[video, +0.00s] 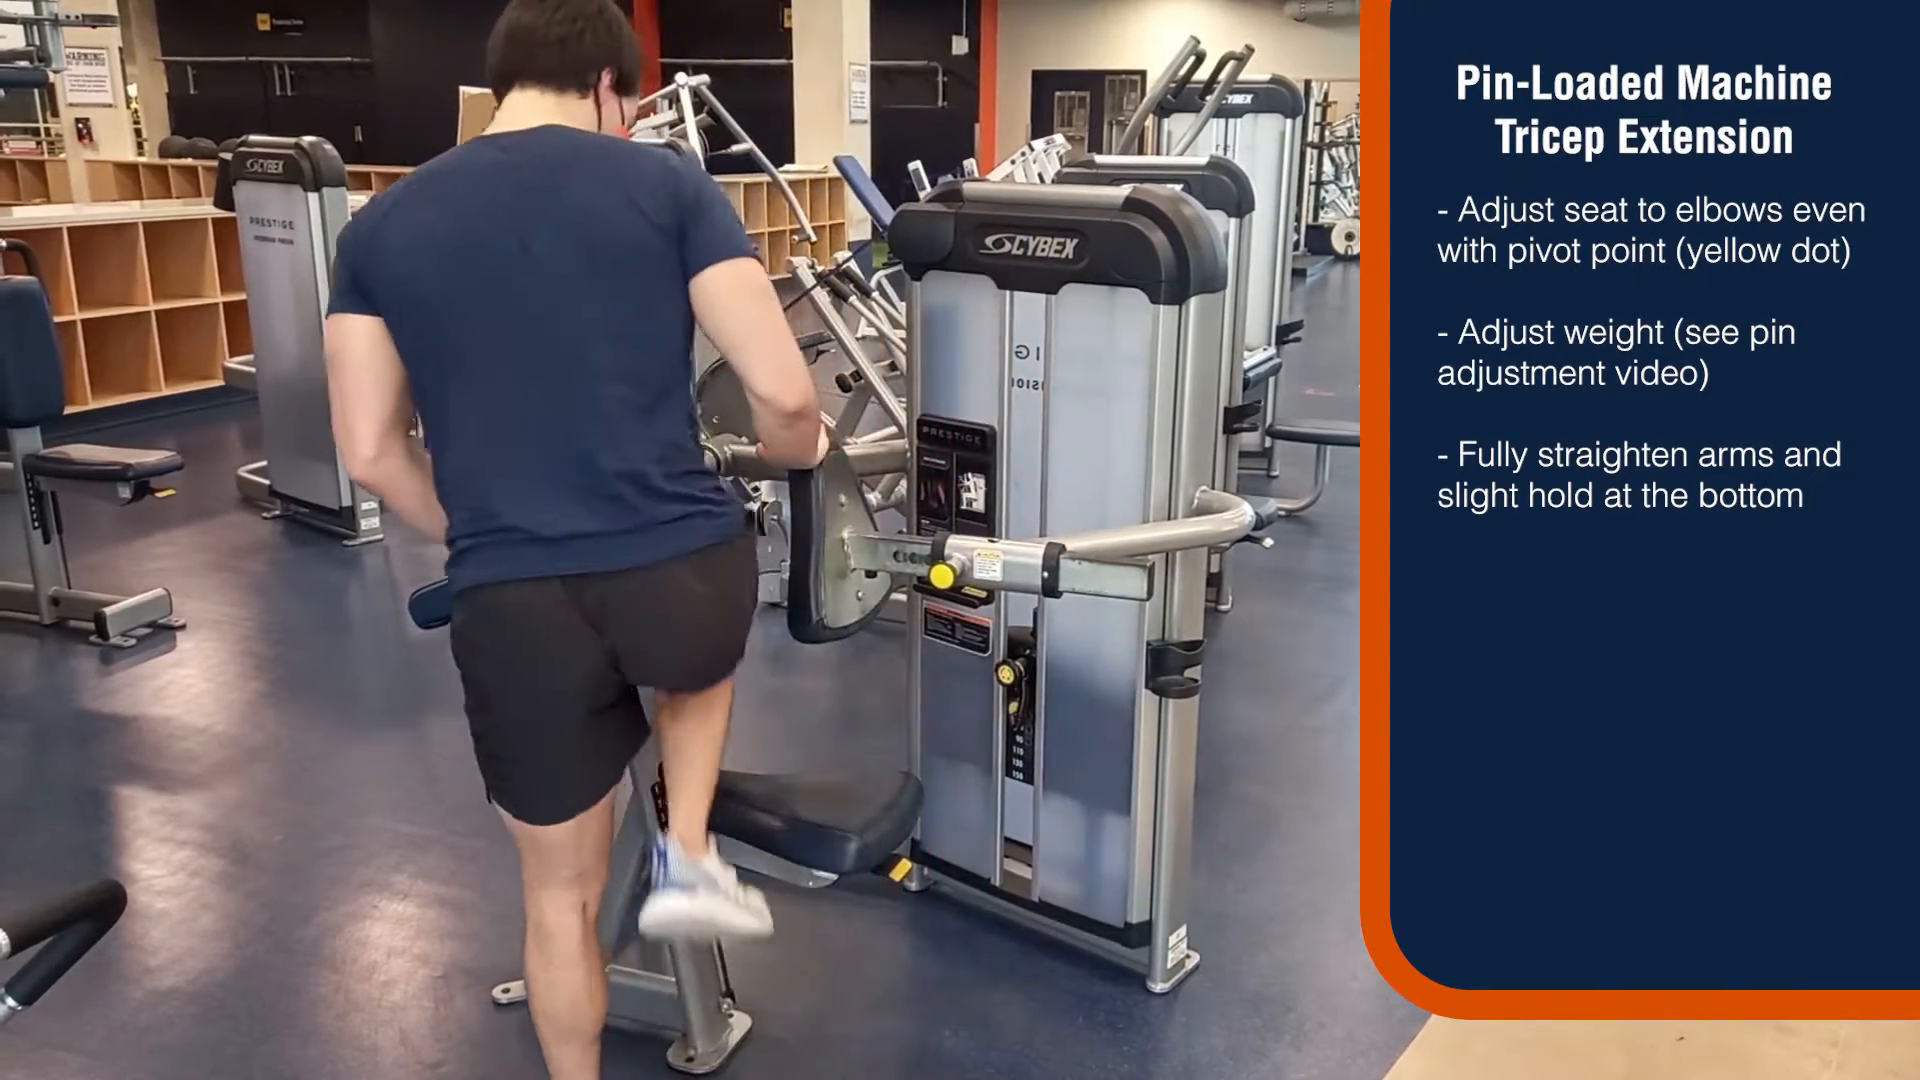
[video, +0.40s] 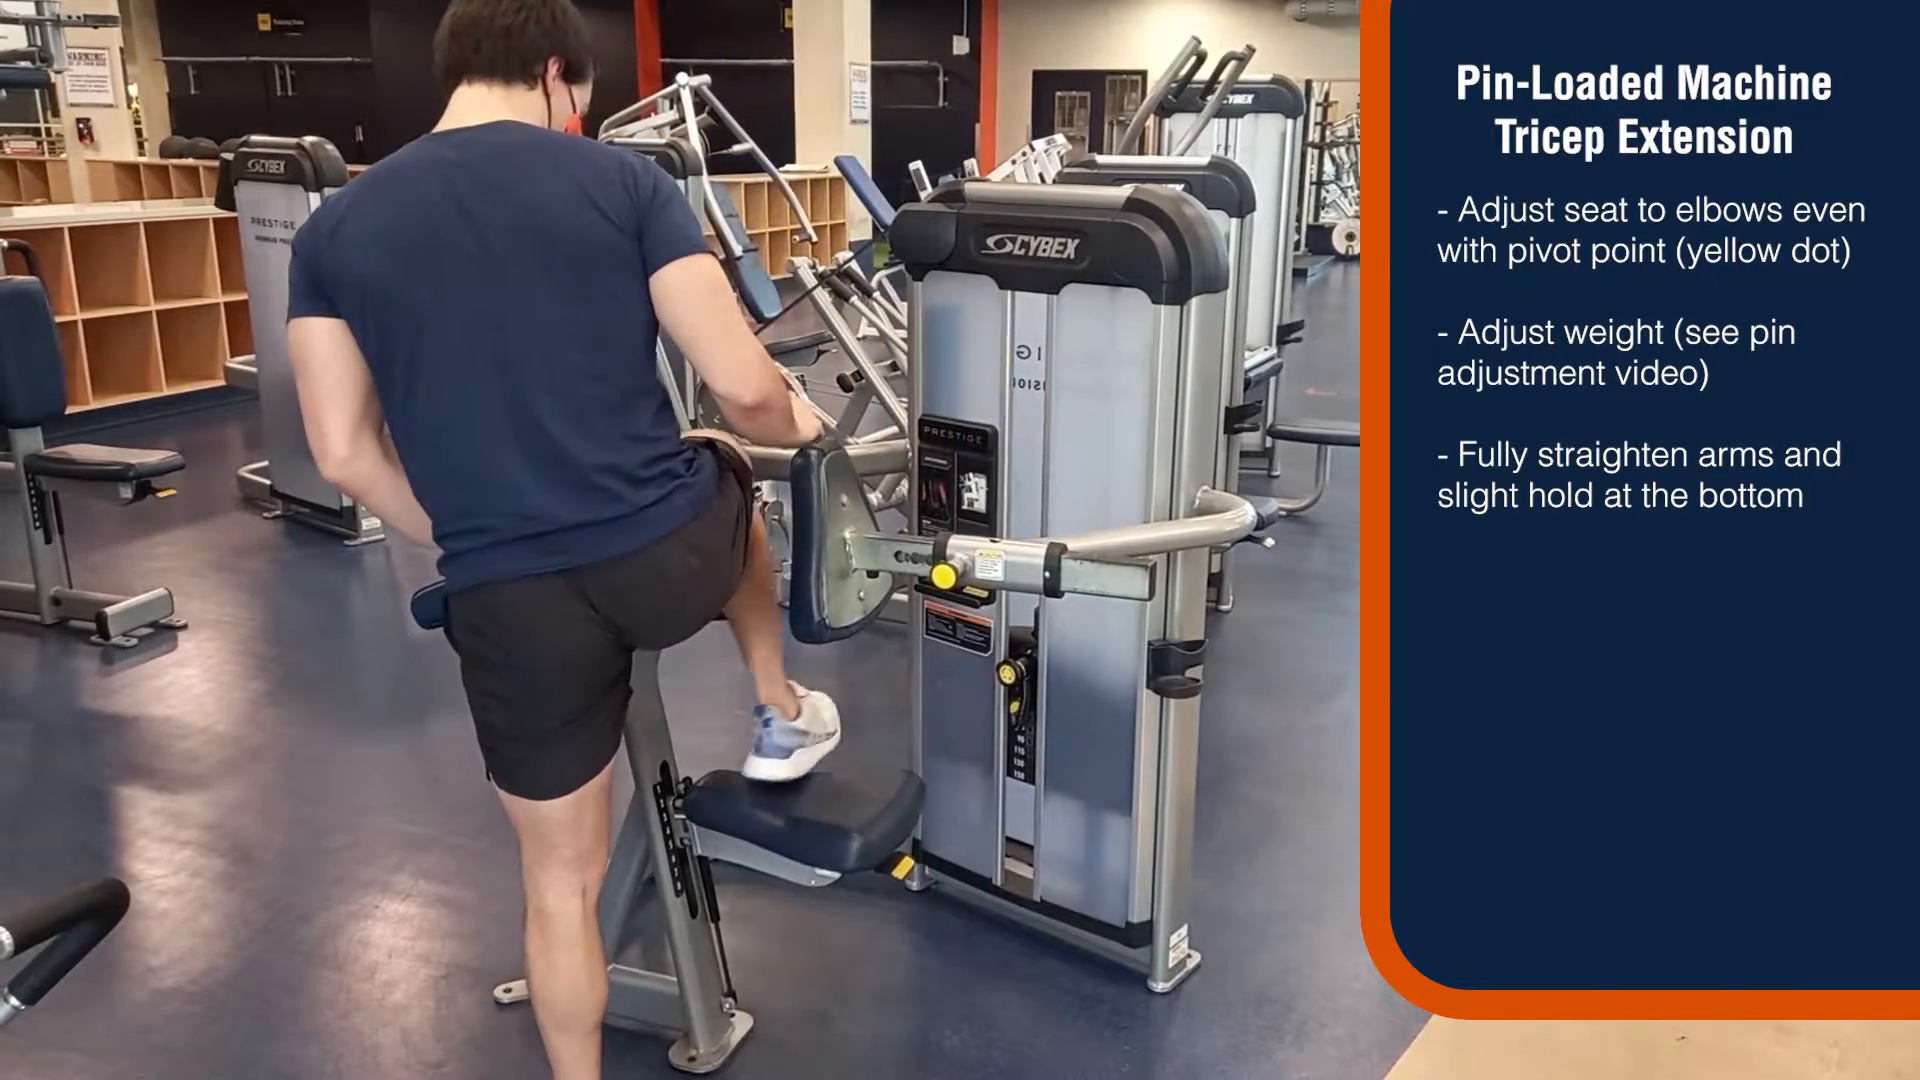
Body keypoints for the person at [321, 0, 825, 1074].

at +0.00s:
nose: (629, 127)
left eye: (629, 112)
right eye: (631, 110)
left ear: (496, 87)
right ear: (604, 94)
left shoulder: (384, 223)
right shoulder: (662, 185)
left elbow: (368, 448)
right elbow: (786, 397)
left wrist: (469, 527)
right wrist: (787, 452)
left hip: (511, 609)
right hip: (677, 577)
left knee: (560, 898)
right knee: (694, 656)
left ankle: (575, 1076)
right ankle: (687, 857)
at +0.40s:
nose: (588, 120)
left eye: (588, 108)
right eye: (588, 105)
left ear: (448, 82)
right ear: (556, 82)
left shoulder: (337, 226)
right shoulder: (618, 180)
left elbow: (343, 448)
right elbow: (747, 388)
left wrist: (455, 526)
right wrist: (789, 431)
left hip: (509, 612)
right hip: (662, 563)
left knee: (558, 886)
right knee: (723, 479)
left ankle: (576, 1078)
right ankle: (779, 714)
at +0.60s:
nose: (565, 113)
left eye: (565, 100)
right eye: (564, 96)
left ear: (430, 87)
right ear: (540, 84)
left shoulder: (338, 239)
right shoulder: (627, 182)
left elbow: (359, 468)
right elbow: (753, 383)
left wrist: (485, 540)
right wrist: (739, 419)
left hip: (549, 605)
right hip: (702, 546)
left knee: (572, 883)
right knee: (758, 572)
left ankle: (583, 1077)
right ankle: (818, 752)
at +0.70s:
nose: (557, 110)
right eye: (558, 96)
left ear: (429, 100)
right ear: (543, 92)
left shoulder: (359, 246)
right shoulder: (642, 186)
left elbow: (379, 476)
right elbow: (760, 382)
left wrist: (500, 553)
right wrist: (718, 407)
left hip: (579, 601)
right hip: (727, 547)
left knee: (582, 874)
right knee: (765, 653)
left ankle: (588, 1076)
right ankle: (820, 822)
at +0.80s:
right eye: (559, 95)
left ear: (444, 111)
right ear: (561, 97)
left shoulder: (405, 246)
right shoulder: (670, 192)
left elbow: (422, 481)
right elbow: (767, 373)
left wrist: (501, 546)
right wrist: (705, 425)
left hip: (611, 590)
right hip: (750, 541)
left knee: (596, 866)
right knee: (765, 711)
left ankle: (592, 1067)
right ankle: (819, 902)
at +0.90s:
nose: (474, 143)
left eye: (473, 125)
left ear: (478, 125)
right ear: (595, 110)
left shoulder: (475, 245)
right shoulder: (694, 202)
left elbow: (481, 473)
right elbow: (788, 373)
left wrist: (507, 548)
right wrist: (759, 461)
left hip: (636, 583)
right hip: (761, 545)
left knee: (606, 861)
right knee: (765, 749)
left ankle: (595, 1070)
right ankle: (811, 947)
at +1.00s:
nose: (518, 149)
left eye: (515, 135)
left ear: (523, 133)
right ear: (631, 116)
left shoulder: (537, 238)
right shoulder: (721, 214)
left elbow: (544, 448)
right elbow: (816, 381)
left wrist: (507, 533)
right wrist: (767, 458)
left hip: (670, 567)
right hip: (779, 540)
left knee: (581, 822)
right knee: (751, 750)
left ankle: (607, 1067)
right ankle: (808, 957)